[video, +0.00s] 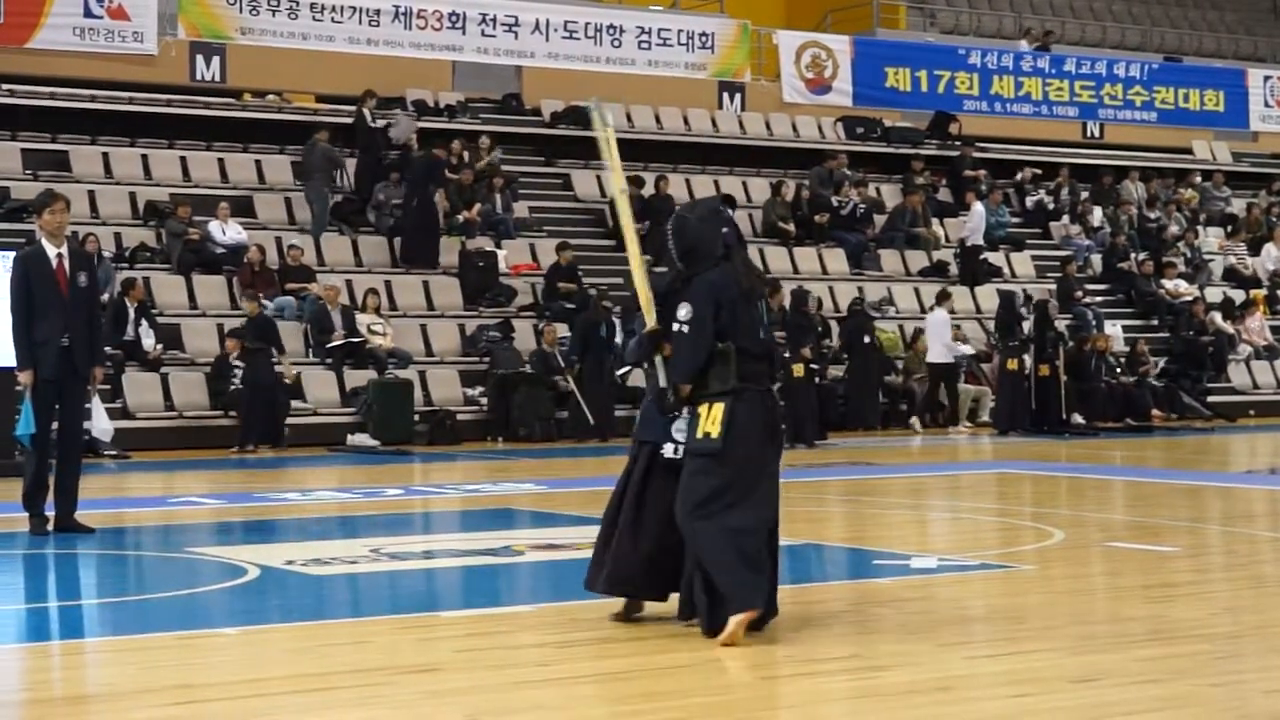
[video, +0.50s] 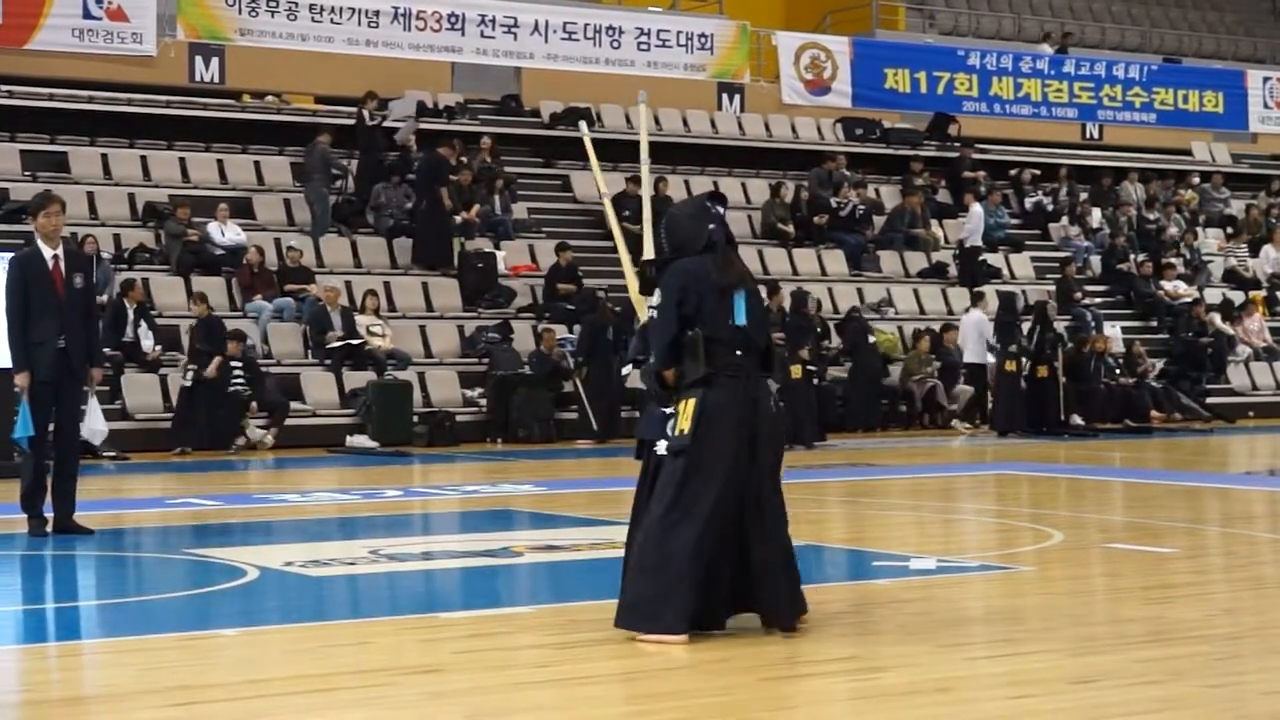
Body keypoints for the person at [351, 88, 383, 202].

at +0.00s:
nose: (375, 104)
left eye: (375, 101)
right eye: (374, 101)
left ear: (366, 100)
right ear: (368, 100)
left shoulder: (366, 112)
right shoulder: (363, 112)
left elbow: (370, 125)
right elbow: (369, 126)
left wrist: (384, 124)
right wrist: (384, 125)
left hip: (369, 146)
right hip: (367, 147)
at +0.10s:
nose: (375, 104)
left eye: (376, 101)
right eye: (374, 101)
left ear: (367, 100)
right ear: (368, 100)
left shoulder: (366, 111)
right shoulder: (363, 112)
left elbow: (370, 123)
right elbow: (369, 125)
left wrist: (381, 121)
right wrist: (383, 122)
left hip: (369, 146)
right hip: (368, 148)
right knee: (368, 171)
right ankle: (364, 196)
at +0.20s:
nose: (375, 105)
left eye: (376, 102)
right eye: (375, 102)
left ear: (367, 101)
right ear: (369, 100)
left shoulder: (368, 112)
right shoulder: (363, 112)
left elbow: (369, 124)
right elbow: (366, 126)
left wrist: (381, 121)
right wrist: (382, 122)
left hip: (371, 146)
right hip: (366, 147)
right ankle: (363, 197)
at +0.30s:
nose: (375, 105)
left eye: (376, 102)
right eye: (375, 102)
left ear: (367, 101)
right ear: (369, 100)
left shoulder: (367, 112)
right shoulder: (362, 112)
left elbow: (370, 122)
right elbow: (366, 126)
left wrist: (380, 118)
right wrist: (379, 122)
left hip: (371, 147)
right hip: (366, 147)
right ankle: (363, 198)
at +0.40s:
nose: (375, 105)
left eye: (376, 102)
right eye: (375, 102)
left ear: (367, 101)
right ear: (369, 100)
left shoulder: (367, 112)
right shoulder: (363, 112)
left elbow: (371, 123)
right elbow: (367, 126)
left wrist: (382, 118)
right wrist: (382, 119)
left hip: (371, 146)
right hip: (367, 147)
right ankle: (363, 197)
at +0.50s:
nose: (375, 105)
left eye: (376, 103)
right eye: (375, 102)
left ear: (368, 101)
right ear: (369, 101)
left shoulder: (367, 112)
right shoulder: (363, 112)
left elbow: (372, 121)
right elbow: (368, 125)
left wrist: (383, 116)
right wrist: (382, 119)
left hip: (371, 146)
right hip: (367, 146)